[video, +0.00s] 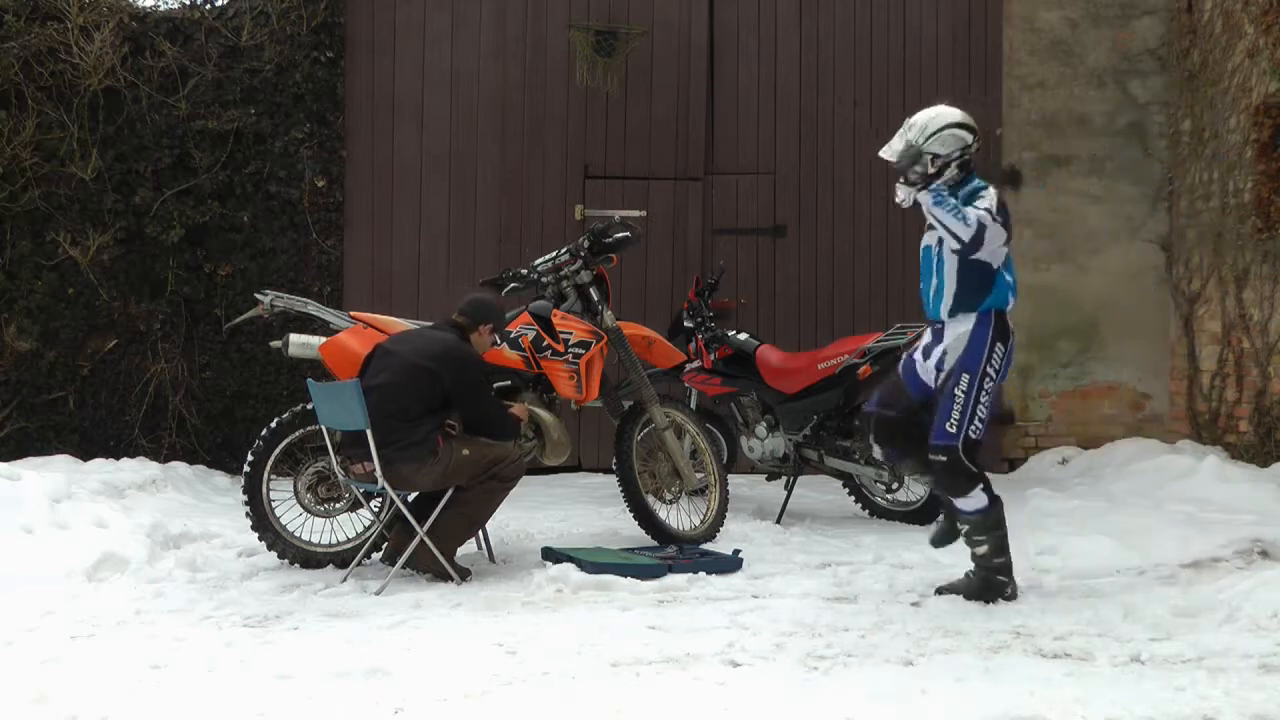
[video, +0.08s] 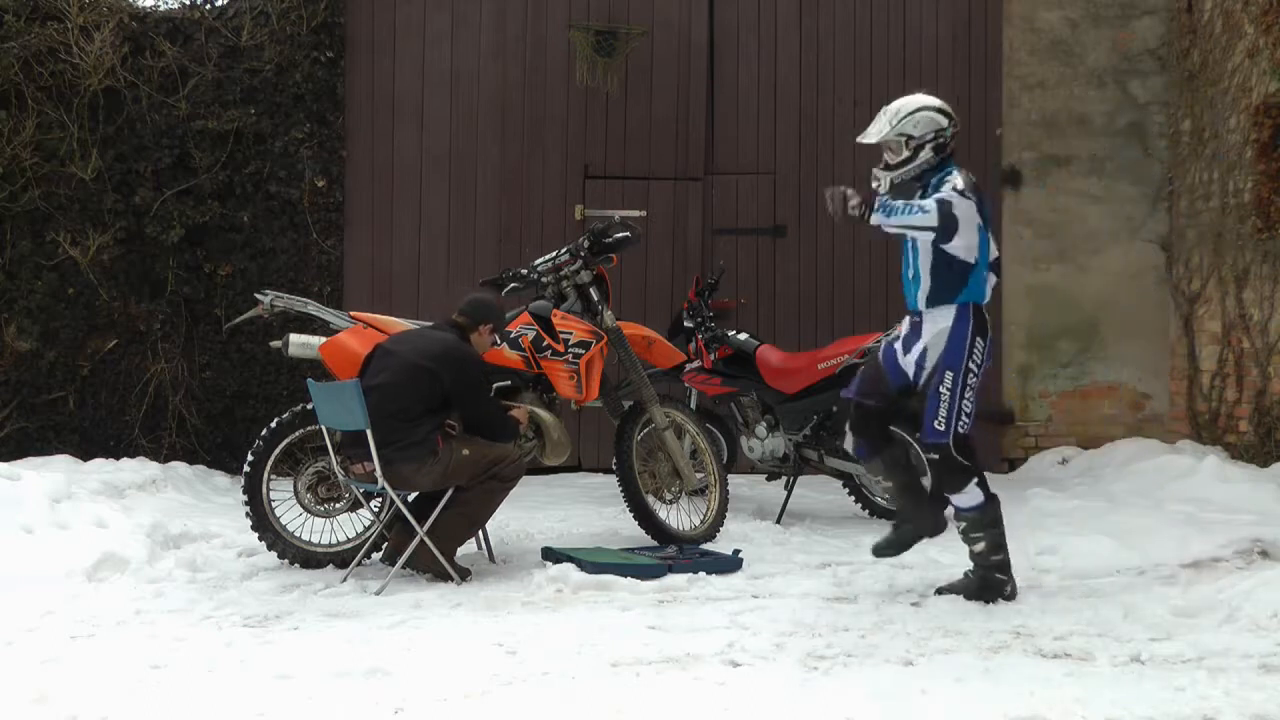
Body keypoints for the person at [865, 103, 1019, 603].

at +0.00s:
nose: (906, 174)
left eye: (913, 165)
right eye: (907, 166)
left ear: (941, 160)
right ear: (942, 161)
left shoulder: (981, 196)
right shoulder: (945, 201)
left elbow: (974, 241)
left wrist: (926, 194)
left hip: (981, 335)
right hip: (941, 331)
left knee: (949, 455)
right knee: (885, 419)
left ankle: (994, 571)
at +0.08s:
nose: (887, 157)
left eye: (895, 147)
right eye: (886, 148)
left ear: (926, 145)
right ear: (918, 148)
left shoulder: (956, 194)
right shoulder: (917, 191)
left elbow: (934, 218)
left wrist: (869, 208)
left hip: (958, 328)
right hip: (919, 323)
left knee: (943, 447)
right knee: (862, 406)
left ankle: (993, 571)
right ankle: (916, 511)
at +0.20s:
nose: (856, 151)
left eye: (863, 140)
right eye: (856, 141)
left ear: (892, 136)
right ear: (897, 139)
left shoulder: (919, 181)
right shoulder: (918, 184)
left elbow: (906, 253)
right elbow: (971, 250)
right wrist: (920, 286)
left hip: (915, 326)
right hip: (883, 324)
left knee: (901, 444)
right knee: (854, 434)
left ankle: (980, 555)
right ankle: (881, 562)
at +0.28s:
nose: (837, 164)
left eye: (844, 154)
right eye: (838, 155)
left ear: (873, 152)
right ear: (875, 154)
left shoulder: (903, 198)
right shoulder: (883, 201)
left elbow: (905, 279)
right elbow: (885, 280)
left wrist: (884, 350)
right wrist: (857, 344)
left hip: (890, 348)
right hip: (867, 342)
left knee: (846, 453)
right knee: (839, 449)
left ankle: (951, 528)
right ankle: (882, 565)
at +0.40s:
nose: (807, 171)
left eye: (812, 159)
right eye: (807, 161)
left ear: (837, 151)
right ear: (845, 152)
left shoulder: (885, 192)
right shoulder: (855, 200)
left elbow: (909, 273)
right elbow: (846, 259)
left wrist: (896, 342)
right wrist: (813, 202)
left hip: (872, 332)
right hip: (851, 329)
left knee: (779, 421)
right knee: (849, 445)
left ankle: (862, 476)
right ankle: (881, 563)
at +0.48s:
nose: (788, 153)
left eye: (793, 141)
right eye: (788, 143)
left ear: (819, 135)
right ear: (827, 137)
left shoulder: (872, 181)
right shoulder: (831, 195)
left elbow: (908, 255)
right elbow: (807, 228)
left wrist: (881, 313)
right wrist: (757, 203)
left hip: (859, 319)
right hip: (836, 320)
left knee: (762, 408)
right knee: (850, 439)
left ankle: (831, 515)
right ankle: (883, 560)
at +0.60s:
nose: (765, 139)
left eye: (774, 128)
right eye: (765, 129)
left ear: (806, 128)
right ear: (802, 131)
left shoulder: (851, 182)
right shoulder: (789, 192)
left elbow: (891, 250)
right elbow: (764, 245)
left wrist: (848, 265)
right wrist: (720, 267)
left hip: (829, 317)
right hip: (803, 318)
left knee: (768, 434)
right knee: (823, 440)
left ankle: (797, 575)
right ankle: (878, 558)